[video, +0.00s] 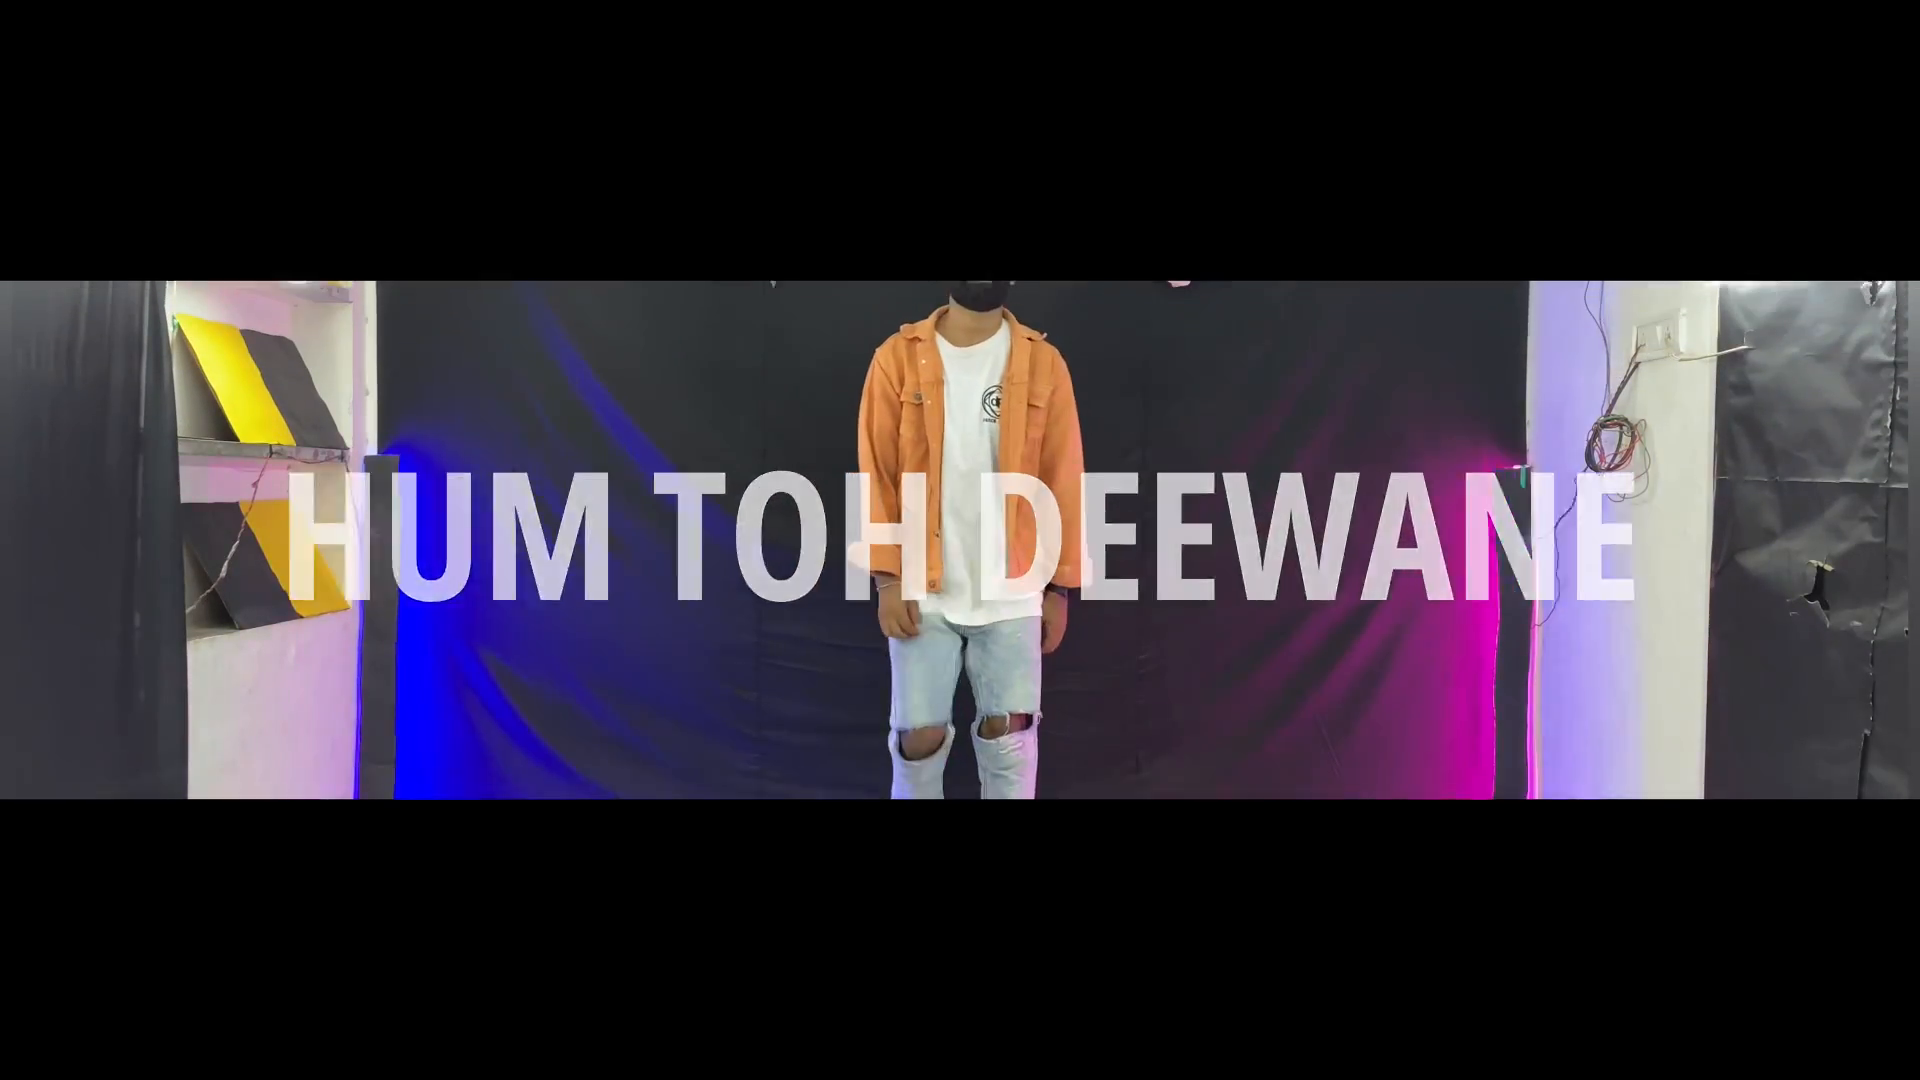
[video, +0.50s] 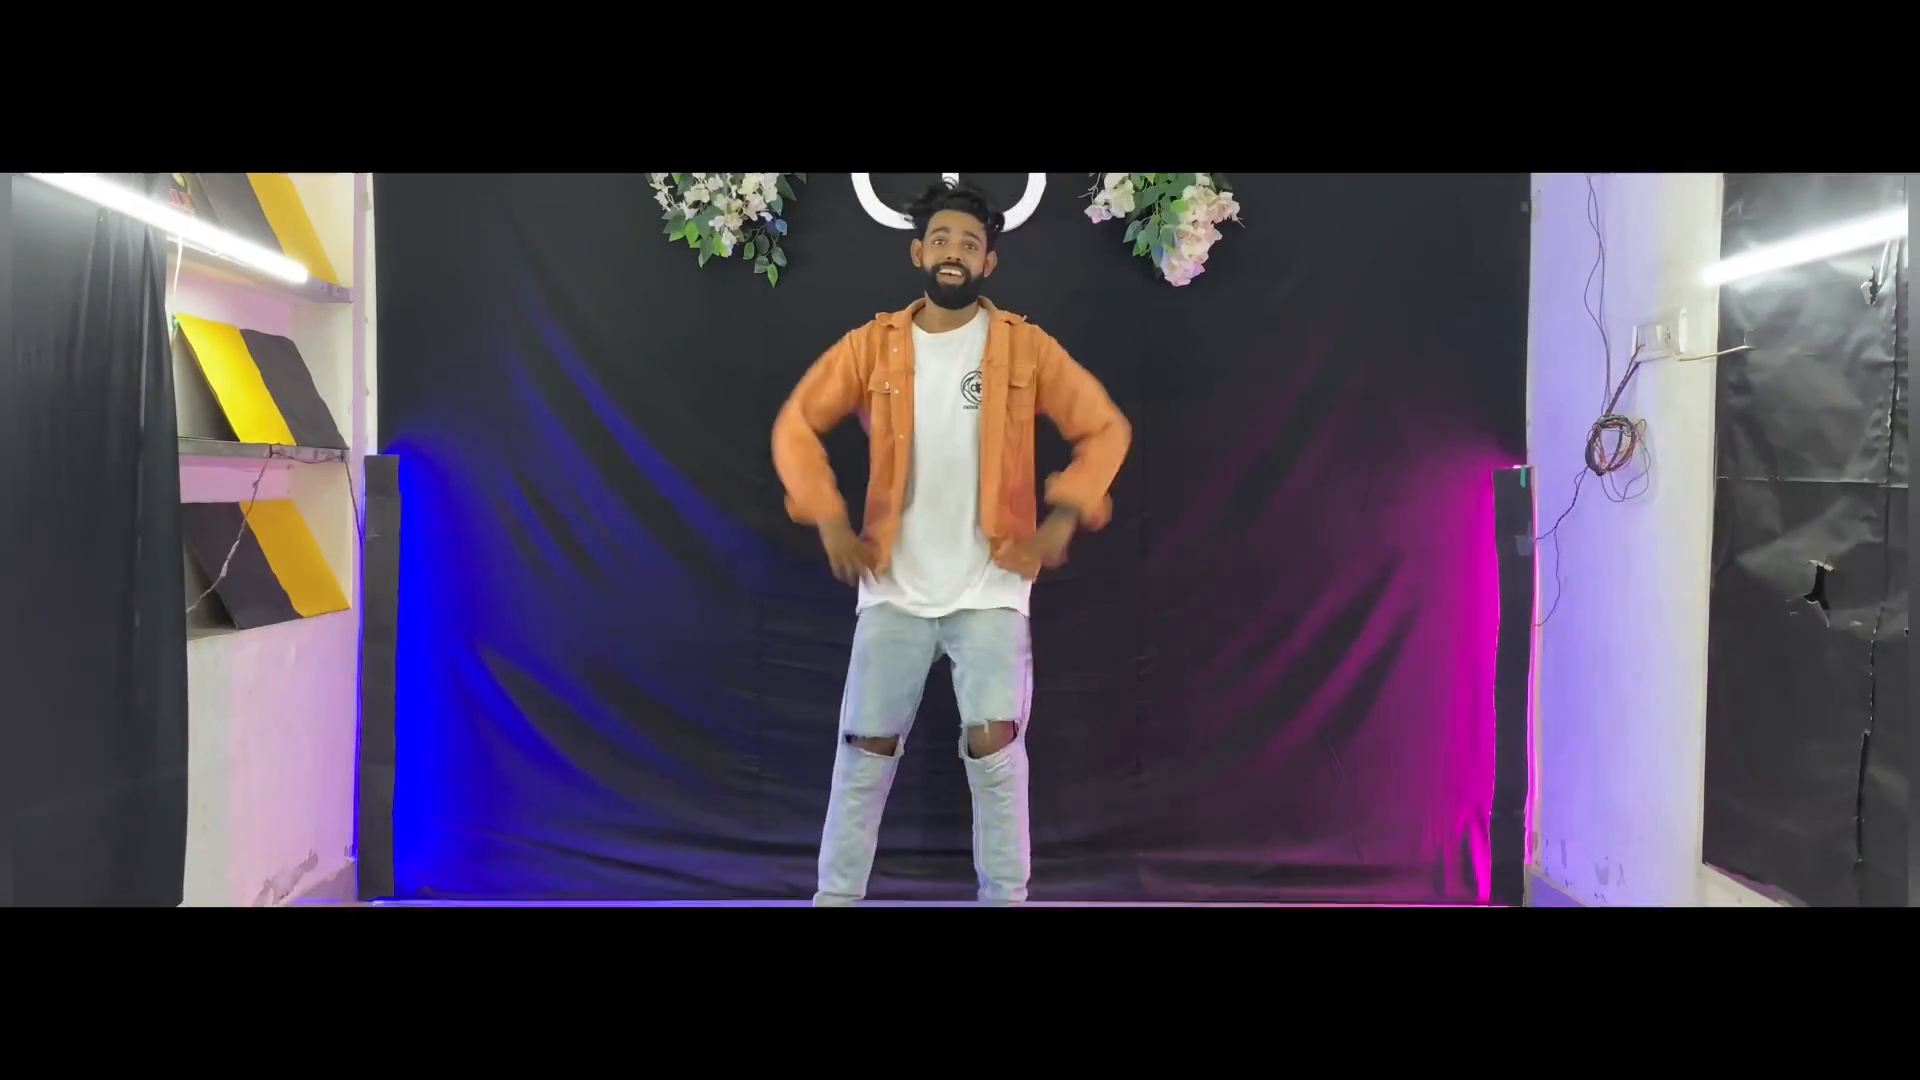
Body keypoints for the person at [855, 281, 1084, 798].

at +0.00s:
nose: (984, 282)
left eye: (994, 276)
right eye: (974, 276)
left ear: (1010, 282)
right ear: (952, 283)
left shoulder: (1043, 362)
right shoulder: (896, 358)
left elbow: (1065, 477)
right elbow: (876, 475)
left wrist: (1059, 586)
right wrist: (887, 577)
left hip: (1013, 592)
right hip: (921, 591)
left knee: (1009, 744)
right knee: (918, 744)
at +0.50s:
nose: (952, 253)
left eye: (969, 242)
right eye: (939, 239)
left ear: (989, 262)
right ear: (917, 252)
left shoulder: (1026, 346)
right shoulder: (873, 344)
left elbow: (1107, 429)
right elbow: (794, 425)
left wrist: (1063, 513)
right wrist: (830, 519)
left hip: (992, 583)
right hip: (894, 582)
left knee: (995, 752)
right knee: (866, 752)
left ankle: (1003, 903)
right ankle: (834, 900)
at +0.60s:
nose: (950, 262)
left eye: (966, 250)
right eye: (937, 248)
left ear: (990, 266)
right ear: (916, 260)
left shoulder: (1030, 347)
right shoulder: (875, 345)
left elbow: (1103, 409)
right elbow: (806, 407)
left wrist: (1144, 435)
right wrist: (777, 453)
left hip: (979, 588)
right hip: (885, 584)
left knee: (976, 742)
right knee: (862, 747)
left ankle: (1026, 906)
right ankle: (833, 912)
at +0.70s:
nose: (959, 281)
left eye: (975, 267)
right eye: (946, 266)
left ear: (999, 277)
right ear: (924, 274)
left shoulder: (1033, 350)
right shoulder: (897, 354)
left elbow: (1085, 425)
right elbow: (871, 454)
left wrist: (1136, 362)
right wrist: (831, 399)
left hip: (971, 589)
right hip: (882, 580)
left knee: (950, 763)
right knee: (855, 751)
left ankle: (1042, 910)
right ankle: (829, 916)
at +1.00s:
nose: (1012, 286)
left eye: (1024, 273)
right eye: (995, 273)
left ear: (1043, 281)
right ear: (966, 284)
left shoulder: (1076, 325)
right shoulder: (940, 356)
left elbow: (1180, 294)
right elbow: (850, 385)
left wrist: (1127, 270)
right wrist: (941, 323)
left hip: (1061, 567)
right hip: (972, 565)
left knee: (1067, 729)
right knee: (912, 684)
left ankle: (1071, 911)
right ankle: (992, 857)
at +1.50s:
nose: (1007, 286)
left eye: (1020, 271)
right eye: (991, 273)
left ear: (1042, 276)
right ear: (970, 283)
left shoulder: (1075, 353)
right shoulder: (943, 360)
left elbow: (1133, 438)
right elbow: (888, 461)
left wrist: (1107, 346)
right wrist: (919, 375)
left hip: (1072, 565)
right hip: (989, 579)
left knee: (1115, 698)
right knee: (1010, 740)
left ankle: (1073, 869)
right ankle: (1000, 906)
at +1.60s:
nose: (1012, 278)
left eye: (1026, 264)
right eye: (997, 265)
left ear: (1050, 268)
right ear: (976, 271)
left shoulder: (1086, 339)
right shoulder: (952, 342)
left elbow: (1096, 432)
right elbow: (936, 454)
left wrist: (1084, 347)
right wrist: (921, 383)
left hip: (1054, 566)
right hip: (968, 572)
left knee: (1066, 715)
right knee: (975, 736)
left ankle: (1068, 869)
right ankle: (985, 899)